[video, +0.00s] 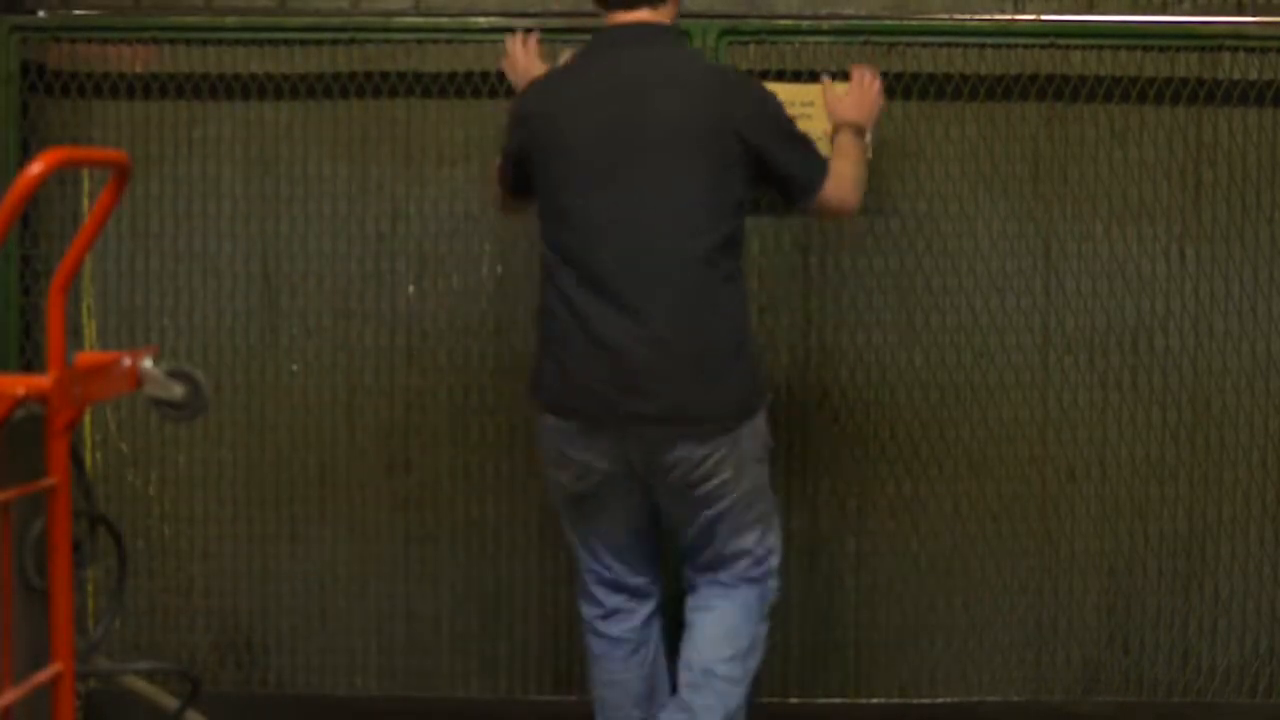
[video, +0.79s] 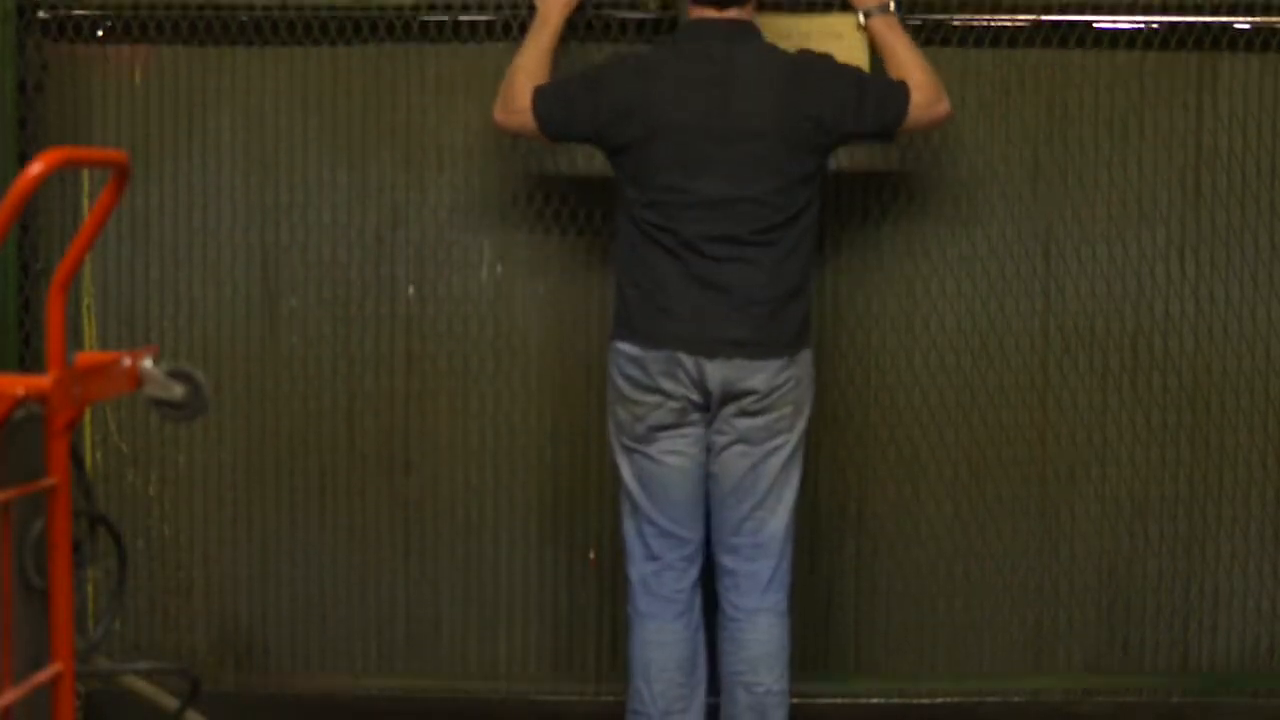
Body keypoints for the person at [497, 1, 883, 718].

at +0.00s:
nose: (674, 7)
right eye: (675, 1)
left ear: (597, 8)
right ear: (672, 5)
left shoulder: (550, 101)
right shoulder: (726, 95)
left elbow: (514, 191)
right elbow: (840, 195)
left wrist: (532, 96)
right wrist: (853, 127)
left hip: (580, 395)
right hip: (703, 392)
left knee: (614, 594)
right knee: (732, 570)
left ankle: (626, 713)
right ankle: (699, 711)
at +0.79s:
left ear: (683, 1)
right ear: (756, 3)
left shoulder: (640, 79)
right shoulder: (803, 81)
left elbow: (514, 107)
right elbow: (928, 101)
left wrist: (549, 14)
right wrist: (877, 14)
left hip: (653, 341)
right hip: (766, 345)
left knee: (662, 563)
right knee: (754, 565)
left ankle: (666, 715)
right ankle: (756, 713)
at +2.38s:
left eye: (671, 2)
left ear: (663, 7)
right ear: (735, 6)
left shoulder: (614, 88)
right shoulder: (783, 90)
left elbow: (545, 167)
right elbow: (853, 174)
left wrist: (578, 71)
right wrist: (834, 76)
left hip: (638, 364)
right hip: (752, 368)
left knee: (656, 580)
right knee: (744, 581)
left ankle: (665, 716)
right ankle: (745, 715)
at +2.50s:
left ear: (664, 10)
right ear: (741, 11)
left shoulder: (620, 83)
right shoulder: (781, 88)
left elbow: (543, 96)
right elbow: (863, 106)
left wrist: (583, 1)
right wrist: (843, 11)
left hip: (638, 358)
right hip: (750, 363)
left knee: (656, 579)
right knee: (744, 580)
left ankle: (666, 714)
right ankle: (744, 713)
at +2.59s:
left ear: (664, 1)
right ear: (739, 1)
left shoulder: (618, 81)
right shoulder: (783, 84)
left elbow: (544, 57)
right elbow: (869, 71)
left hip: (638, 356)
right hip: (750, 361)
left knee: (657, 580)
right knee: (744, 580)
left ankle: (667, 715)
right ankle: (744, 713)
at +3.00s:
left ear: (665, 1)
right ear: (740, 2)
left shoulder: (620, 77)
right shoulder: (785, 76)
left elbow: (528, 114)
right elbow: (863, 117)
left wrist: (557, 38)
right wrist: (813, 38)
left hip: (639, 355)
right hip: (753, 361)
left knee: (658, 581)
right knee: (746, 584)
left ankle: (664, 715)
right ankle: (744, 716)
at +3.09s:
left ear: (660, 2)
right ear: (733, 0)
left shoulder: (616, 80)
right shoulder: (780, 77)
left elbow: (530, 139)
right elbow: (860, 141)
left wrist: (557, 56)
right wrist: (815, 55)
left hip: (639, 358)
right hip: (756, 363)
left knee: (659, 581)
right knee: (748, 583)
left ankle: (666, 715)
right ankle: (747, 716)